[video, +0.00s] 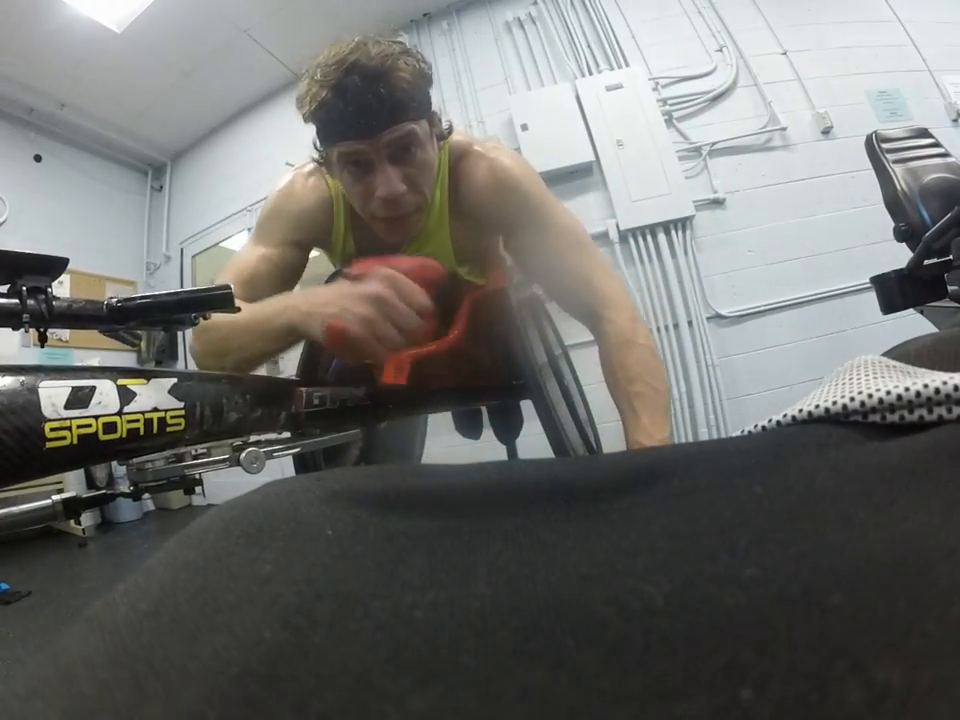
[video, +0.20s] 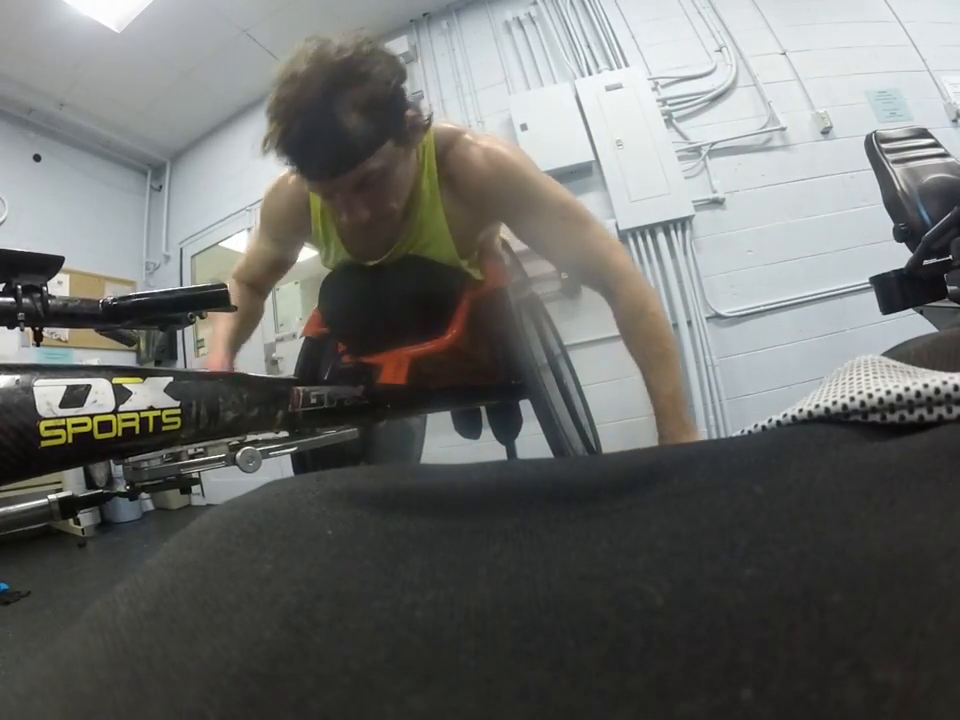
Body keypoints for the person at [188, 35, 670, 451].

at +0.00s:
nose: (389, 187)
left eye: (404, 151)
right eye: (358, 164)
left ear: (435, 130)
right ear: (328, 160)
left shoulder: (490, 177)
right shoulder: (302, 203)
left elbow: (616, 317)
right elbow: (208, 348)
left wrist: (651, 468)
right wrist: (297, 310)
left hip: (487, 336)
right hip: (386, 351)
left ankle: (486, 403)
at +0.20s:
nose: (359, 209)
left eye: (374, 180)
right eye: (336, 192)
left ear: (410, 133)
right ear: (306, 175)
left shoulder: (477, 167)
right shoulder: (293, 202)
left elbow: (620, 280)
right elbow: (247, 287)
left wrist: (680, 439)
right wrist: (218, 362)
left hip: (470, 325)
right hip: (365, 347)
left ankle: (486, 392)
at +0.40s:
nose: (333, 257)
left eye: (341, 230)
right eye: (310, 243)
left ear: (380, 170)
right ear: (287, 234)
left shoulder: (463, 175)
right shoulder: (299, 252)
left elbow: (596, 198)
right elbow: (327, 324)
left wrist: (628, 298)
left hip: (482, 297)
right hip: (389, 321)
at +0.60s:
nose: (326, 201)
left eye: (331, 169)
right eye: (301, 187)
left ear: (372, 120)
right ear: (285, 179)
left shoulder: (458, 143)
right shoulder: (298, 203)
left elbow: (582, 129)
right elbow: (341, 284)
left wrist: (575, 253)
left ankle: (494, 392)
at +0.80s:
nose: (363, 271)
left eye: (364, 245)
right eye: (340, 268)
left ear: (378, 180)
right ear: (304, 255)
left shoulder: (464, 171)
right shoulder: (307, 238)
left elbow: (586, 270)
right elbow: (316, 327)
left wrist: (597, 402)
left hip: (483, 300)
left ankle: (493, 383)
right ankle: (461, 383)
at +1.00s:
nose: (350, 255)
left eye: (356, 225)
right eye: (323, 244)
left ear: (375, 160)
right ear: (295, 237)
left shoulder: (461, 182)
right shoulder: (302, 236)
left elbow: (577, 252)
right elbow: (328, 320)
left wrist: (608, 341)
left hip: (491, 296)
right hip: (399, 321)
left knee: (400, 290)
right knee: (351, 303)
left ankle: (497, 385)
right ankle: (467, 391)